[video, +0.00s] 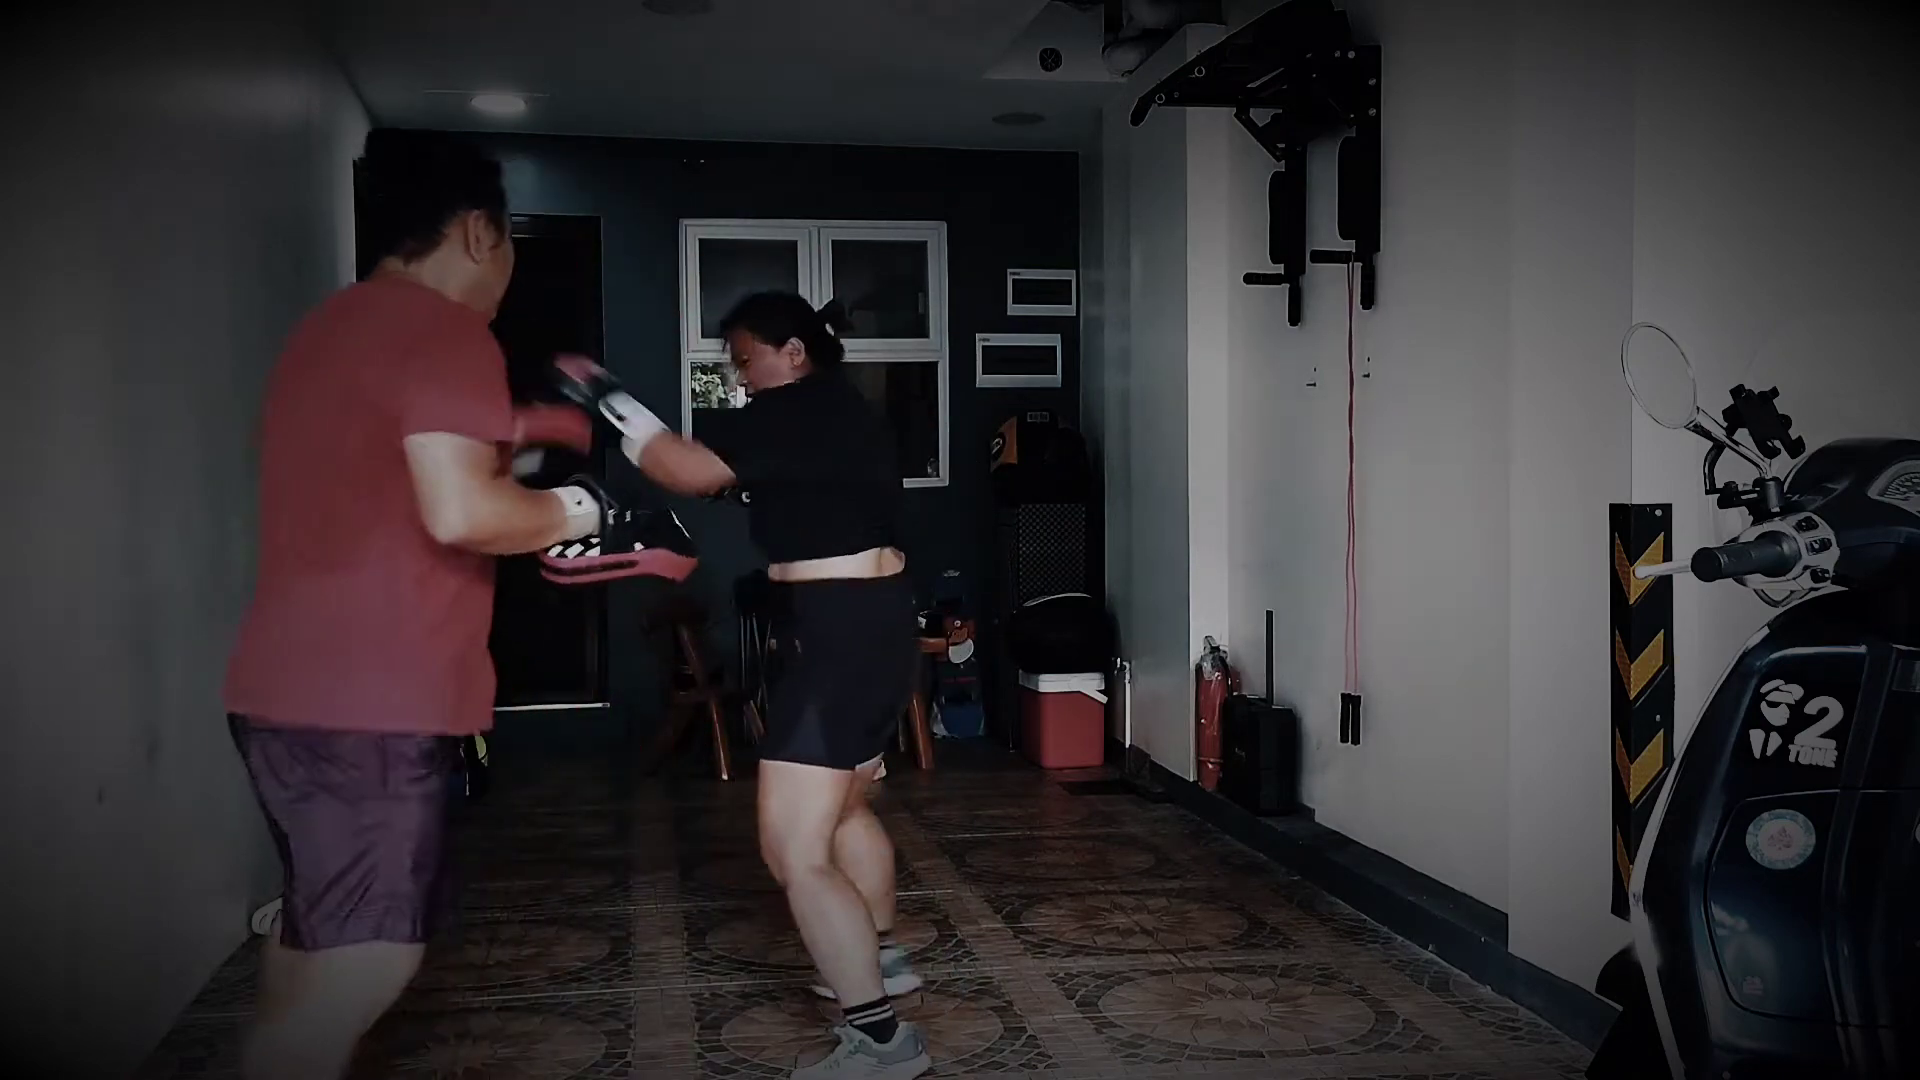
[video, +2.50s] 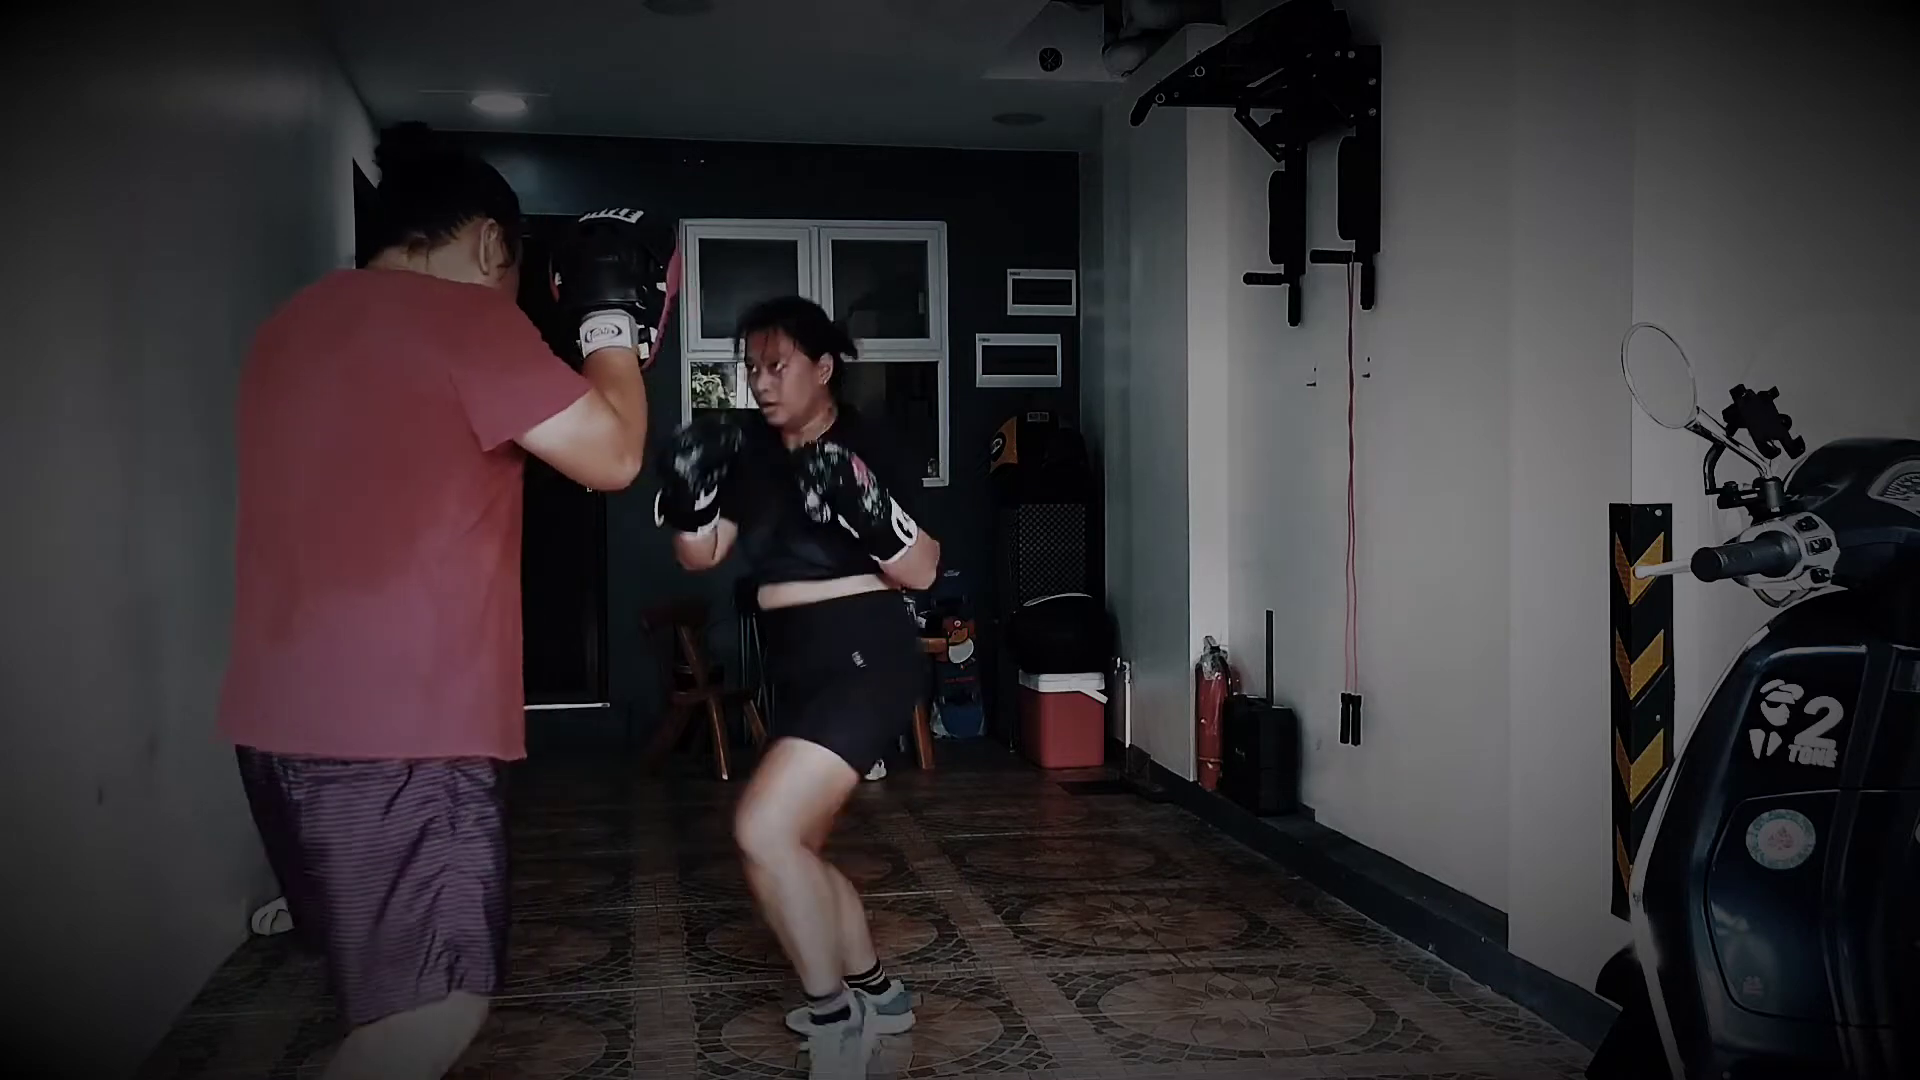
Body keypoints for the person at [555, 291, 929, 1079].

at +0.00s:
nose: (739, 378)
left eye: (745, 361)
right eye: (735, 364)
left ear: (795, 350)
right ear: (803, 352)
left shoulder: (797, 414)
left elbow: (682, 469)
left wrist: (609, 399)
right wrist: (636, 418)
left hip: (831, 635)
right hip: (880, 627)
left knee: (796, 852)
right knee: (846, 811)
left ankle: (875, 1035)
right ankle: (881, 952)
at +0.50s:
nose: (800, 366)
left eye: (809, 349)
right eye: (794, 355)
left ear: (853, 340)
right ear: (822, 355)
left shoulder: (897, 397)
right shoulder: (835, 412)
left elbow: (845, 504)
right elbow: (772, 507)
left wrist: (802, 416)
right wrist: (755, 432)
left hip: (909, 620)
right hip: (884, 622)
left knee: (845, 807)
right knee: (909, 815)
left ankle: (868, 1009)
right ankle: (940, 976)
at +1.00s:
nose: (824, 390)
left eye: (841, 375)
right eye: (815, 377)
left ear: (889, 380)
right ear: (807, 386)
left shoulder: (930, 465)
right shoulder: (801, 464)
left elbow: (917, 585)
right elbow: (734, 540)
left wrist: (866, 492)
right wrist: (720, 471)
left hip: (910, 679)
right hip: (821, 674)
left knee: (855, 849)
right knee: (785, 866)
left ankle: (874, 1054)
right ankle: (906, 926)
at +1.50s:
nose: (793, 379)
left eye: (808, 365)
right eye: (780, 366)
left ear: (845, 361)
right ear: (765, 365)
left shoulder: (881, 428)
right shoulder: (761, 429)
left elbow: (868, 534)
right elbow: (708, 523)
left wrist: (827, 439)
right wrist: (716, 436)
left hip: (870, 632)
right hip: (784, 631)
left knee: (831, 824)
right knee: (779, 830)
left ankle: (851, 1033)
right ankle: (867, 964)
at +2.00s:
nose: (787, 364)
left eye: (802, 350)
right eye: (775, 352)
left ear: (841, 348)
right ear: (764, 354)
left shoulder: (881, 417)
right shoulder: (762, 419)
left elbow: (863, 520)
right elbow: (704, 513)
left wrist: (824, 425)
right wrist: (717, 427)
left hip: (869, 626)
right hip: (785, 629)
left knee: (843, 822)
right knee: (820, 822)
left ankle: (866, 1030)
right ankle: (870, 974)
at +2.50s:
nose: (762, 383)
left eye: (778, 365)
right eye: (754, 368)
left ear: (824, 367)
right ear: (746, 376)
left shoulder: (867, 447)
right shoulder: (746, 454)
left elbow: (921, 571)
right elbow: (700, 555)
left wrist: (868, 514)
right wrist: (689, 491)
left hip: (872, 657)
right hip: (791, 663)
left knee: (764, 826)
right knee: (796, 846)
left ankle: (834, 1020)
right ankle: (873, 991)